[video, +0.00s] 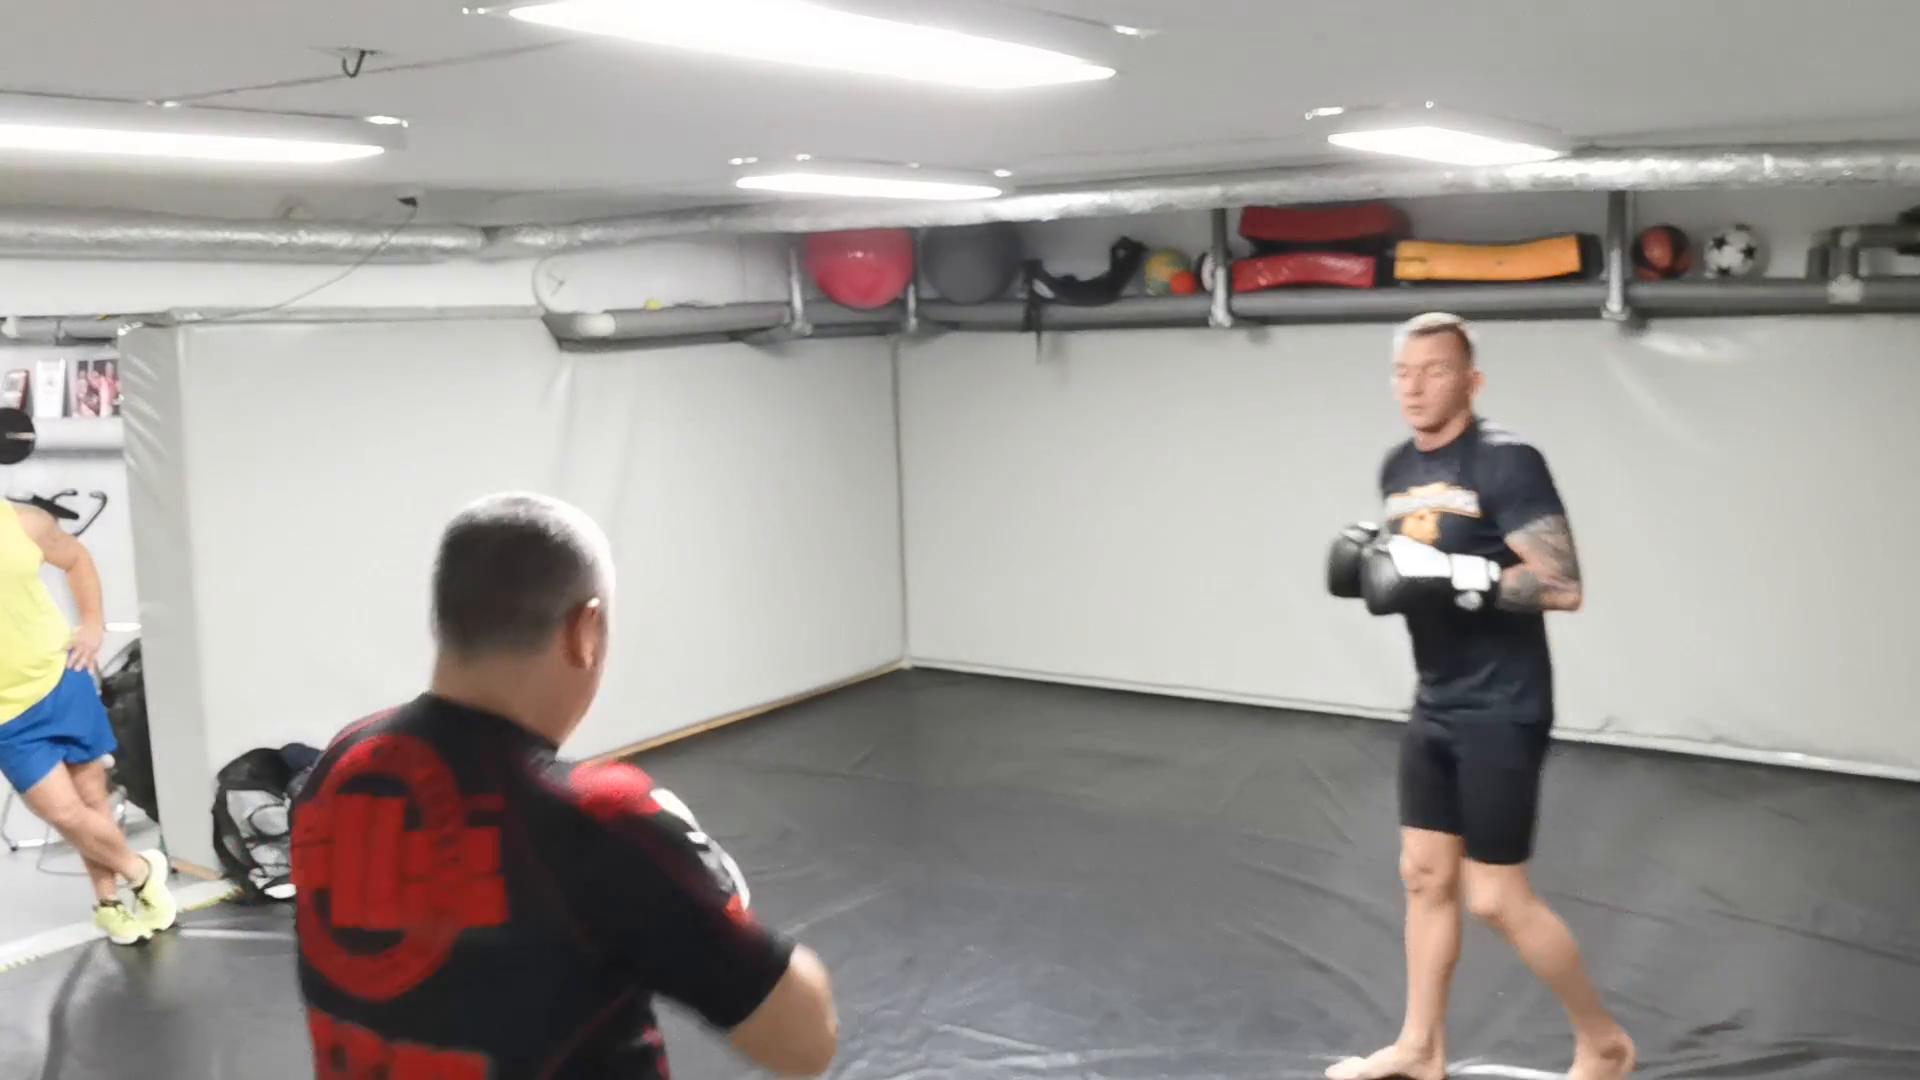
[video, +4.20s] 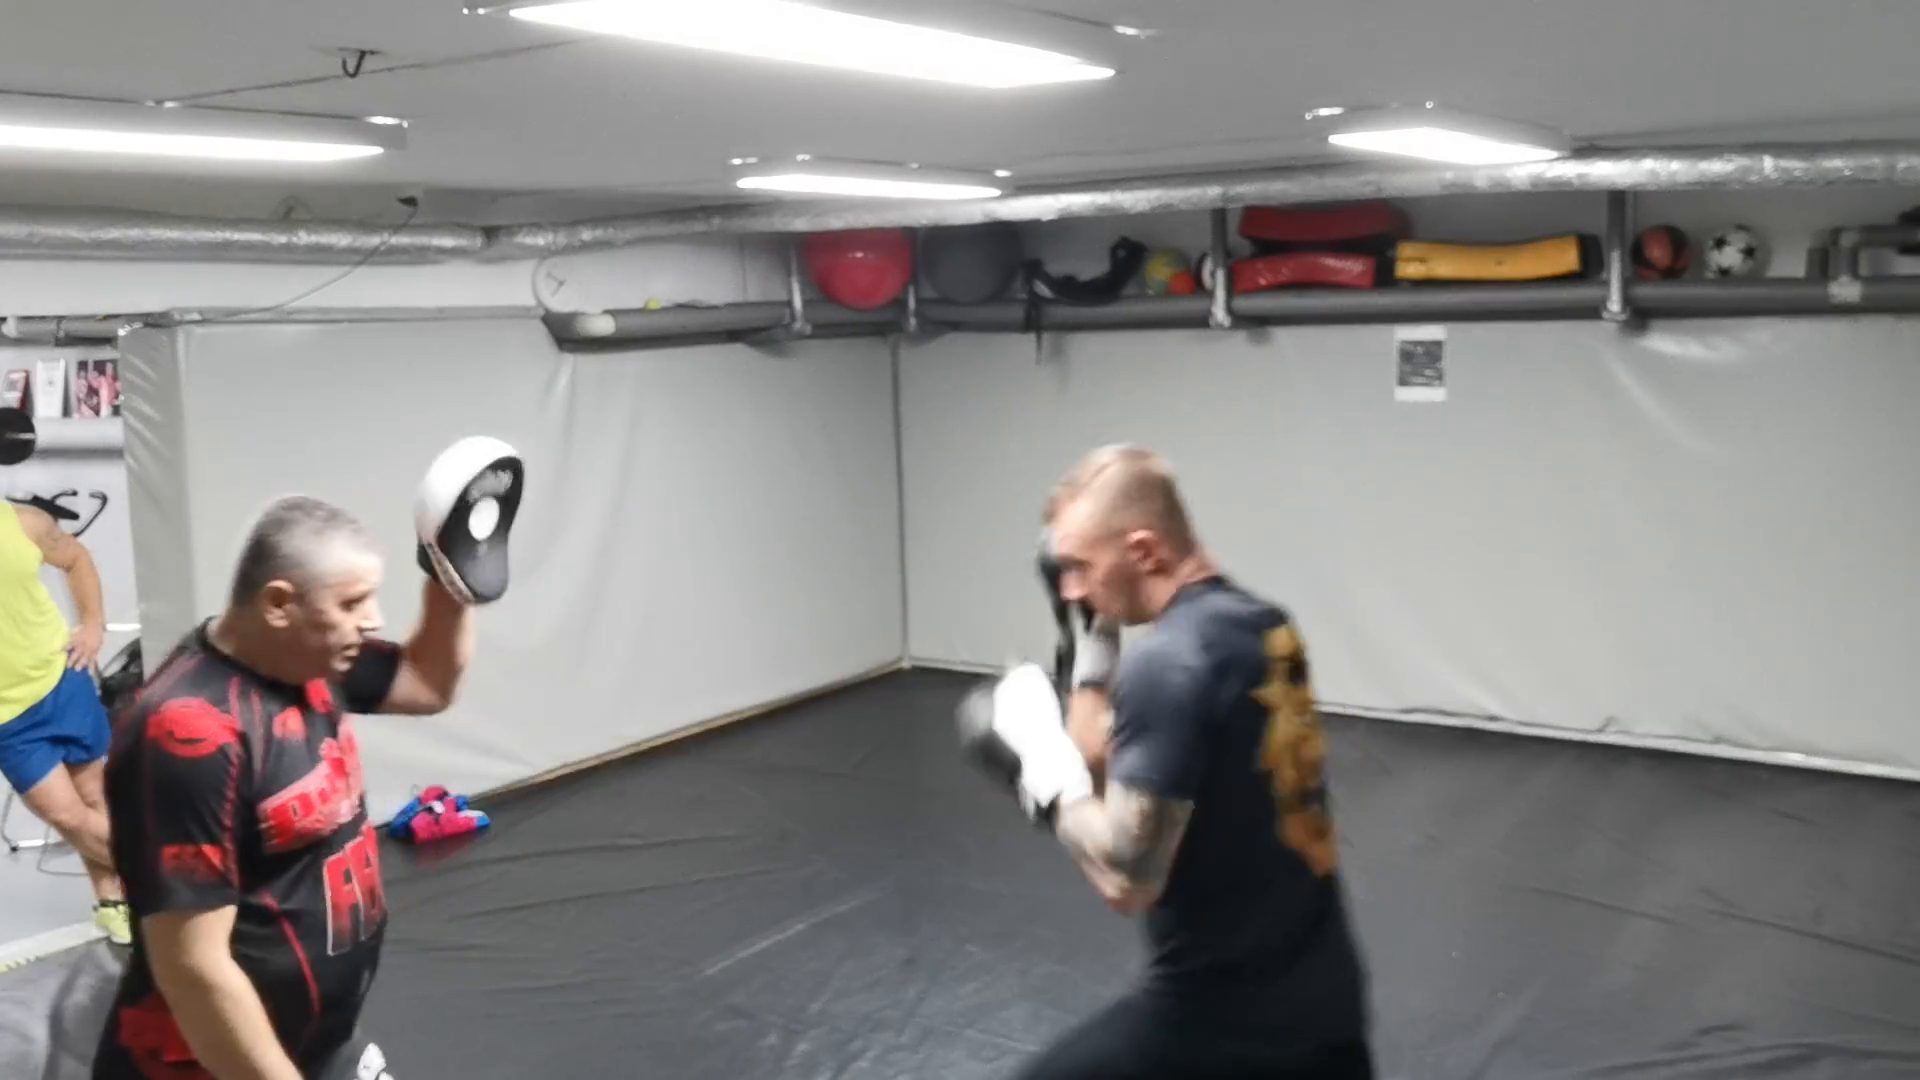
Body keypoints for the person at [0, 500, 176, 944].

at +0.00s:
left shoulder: (22, 523)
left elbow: (76, 558)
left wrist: (92, 623)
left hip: (63, 683)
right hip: (9, 716)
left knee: (92, 798)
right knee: (64, 816)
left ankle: (107, 901)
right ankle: (142, 872)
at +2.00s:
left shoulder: (21, 522)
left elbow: (76, 557)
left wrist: (92, 622)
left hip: (62, 682)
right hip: (8, 715)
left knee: (92, 798)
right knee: (66, 817)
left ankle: (108, 902)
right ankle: (142, 872)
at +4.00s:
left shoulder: (19, 522)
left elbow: (76, 558)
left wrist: (93, 623)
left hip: (61, 682)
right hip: (8, 716)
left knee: (91, 797)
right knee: (66, 817)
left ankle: (107, 900)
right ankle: (142, 872)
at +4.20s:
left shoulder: (22, 523)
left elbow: (76, 558)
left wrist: (93, 623)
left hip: (62, 681)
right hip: (8, 717)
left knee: (93, 797)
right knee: (66, 818)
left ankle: (110, 899)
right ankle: (155, 863)